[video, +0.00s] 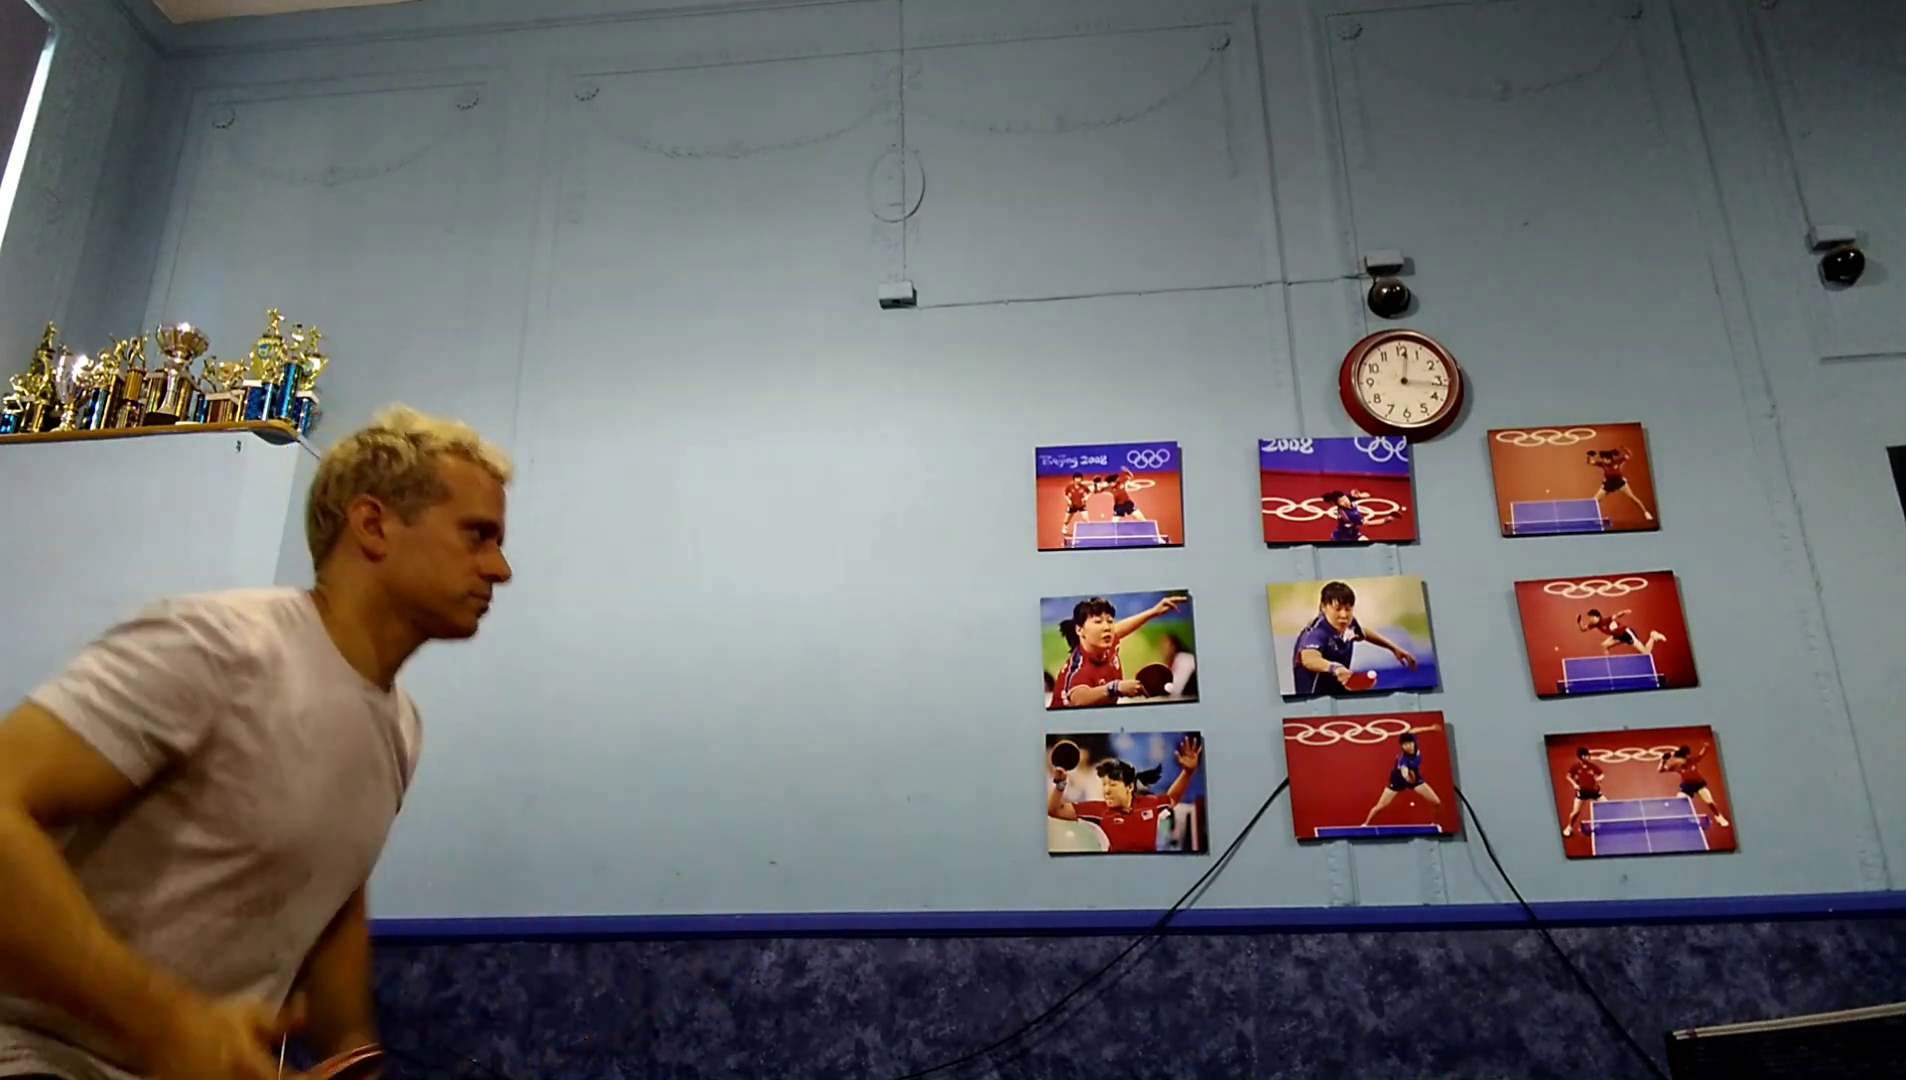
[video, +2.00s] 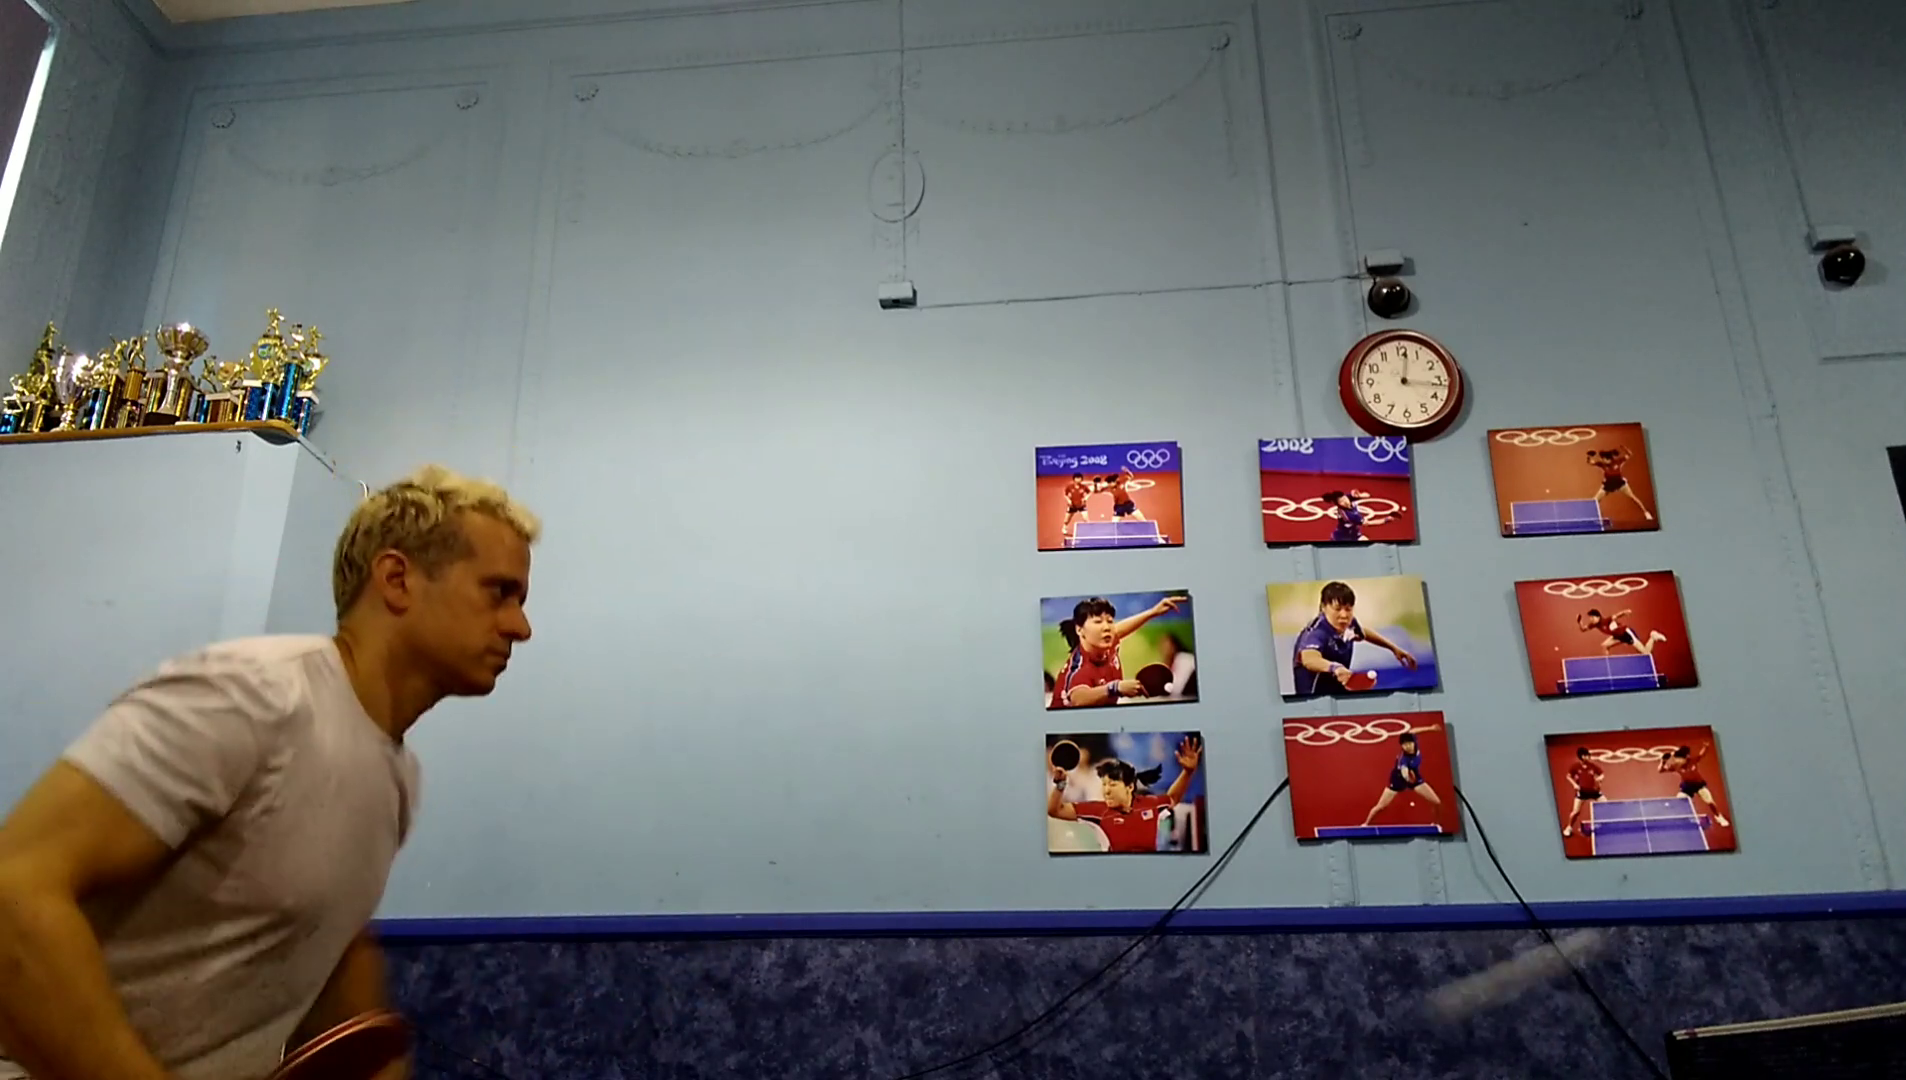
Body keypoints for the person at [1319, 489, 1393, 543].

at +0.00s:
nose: (1344, 502)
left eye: (1344, 499)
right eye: (1341, 502)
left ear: (1346, 497)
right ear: (1338, 505)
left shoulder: (1350, 500)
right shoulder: (1349, 515)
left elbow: (1367, 496)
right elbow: (1367, 523)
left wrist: (1360, 495)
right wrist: (1385, 520)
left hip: (1356, 536)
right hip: (1342, 538)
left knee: (1370, 547)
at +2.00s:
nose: (1344, 502)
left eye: (1344, 499)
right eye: (1341, 502)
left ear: (1346, 497)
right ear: (1339, 505)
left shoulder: (1349, 498)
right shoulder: (1349, 515)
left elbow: (1367, 496)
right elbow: (1366, 523)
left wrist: (1360, 495)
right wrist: (1385, 520)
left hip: (1356, 536)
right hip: (1341, 538)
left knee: (1371, 548)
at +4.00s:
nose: (1344, 502)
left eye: (1344, 499)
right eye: (1341, 502)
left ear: (1346, 497)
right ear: (1339, 505)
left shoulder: (1349, 498)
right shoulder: (1350, 515)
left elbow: (1367, 496)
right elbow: (1366, 523)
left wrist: (1360, 495)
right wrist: (1385, 520)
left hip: (1356, 536)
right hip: (1341, 538)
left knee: (1371, 548)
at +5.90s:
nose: (1344, 502)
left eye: (1344, 499)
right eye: (1341, 502)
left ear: (1346, 497)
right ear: (1338, 505)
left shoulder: (1348, 497)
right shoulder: (1350, 515)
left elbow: (1367, 495)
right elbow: (1367, 523)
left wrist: (1360, 495)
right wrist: (1386, 520)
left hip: (1355, 536)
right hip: (1342, 538)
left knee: (1369, 547)